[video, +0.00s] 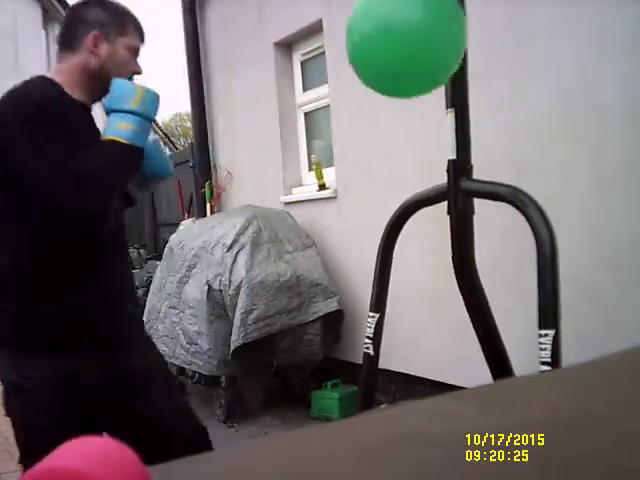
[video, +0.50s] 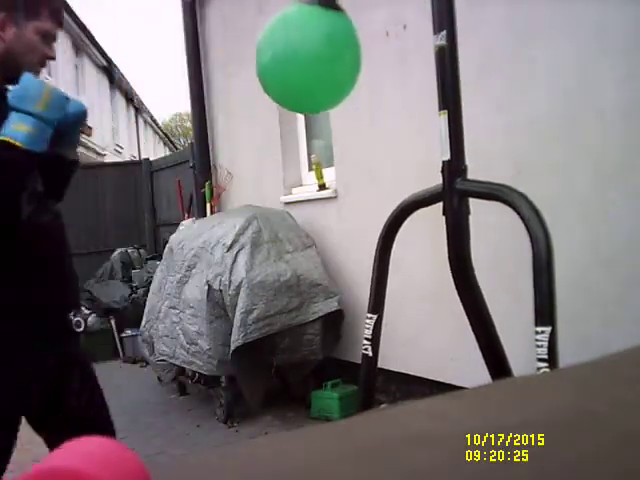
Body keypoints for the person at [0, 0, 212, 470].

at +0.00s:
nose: (139, 68)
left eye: (138, 55)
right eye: (133, 52)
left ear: (96, 49)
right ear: (97, 45)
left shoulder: (79, 121)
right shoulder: (28, 108)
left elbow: (90, 205)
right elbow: (78, 201)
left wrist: (132, 175)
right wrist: (123, 134)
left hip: (106, 333)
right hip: (54, 341)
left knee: (180, 450)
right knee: (64, 468)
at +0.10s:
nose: (111, 52)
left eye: (113, 40)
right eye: (106, 36)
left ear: (71, 32)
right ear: (68, 28)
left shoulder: (67, 106)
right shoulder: (7, 92)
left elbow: (68, 202)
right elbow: (32, 191)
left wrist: (109, 165)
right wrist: (92, 114)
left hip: (98, 315)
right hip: (33, 323)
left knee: (162, 441)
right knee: (41, 466)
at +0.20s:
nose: (97, 28)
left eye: (97, 13)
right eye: (90, 10)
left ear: (52, 10)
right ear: (51, 7)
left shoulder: (58, 75)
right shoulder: (3, 68)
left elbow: (62, 178)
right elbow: (23, 174)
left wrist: (97, 138)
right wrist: (68, 88)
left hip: (86, 286)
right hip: (25, 290)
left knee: (135, 418)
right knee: (24, 448)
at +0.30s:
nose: (84, 25)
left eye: (84, 12)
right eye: (77, 10)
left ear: (39, 10)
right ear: (36, 6)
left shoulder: (49, 77)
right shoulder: (1, 74)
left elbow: (66, 179)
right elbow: (14, 177)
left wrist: (92, 126)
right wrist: (51, 100)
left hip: (77, 284)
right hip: (18, 291)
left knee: (115, 427)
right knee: (24, 451)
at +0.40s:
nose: (70, 48)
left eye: (71, 36)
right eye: (63, 31)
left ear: (25, 27)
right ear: (22, 25)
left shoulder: (42, 104)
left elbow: (66, 199)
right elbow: (5, 206)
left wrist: (89, 146)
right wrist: (40, 131)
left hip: (72, 305)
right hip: (12, 311)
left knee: (112, 443)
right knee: (20, 462)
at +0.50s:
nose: (51, 52)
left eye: (54, 41)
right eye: (44, 37)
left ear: (12, 29)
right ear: (5, 26)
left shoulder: (23, 102)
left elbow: (47, 195)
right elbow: (4, 204)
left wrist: (63, 138)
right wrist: (24, 126)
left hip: (40, 318)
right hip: (13, 322)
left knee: (95, 456)